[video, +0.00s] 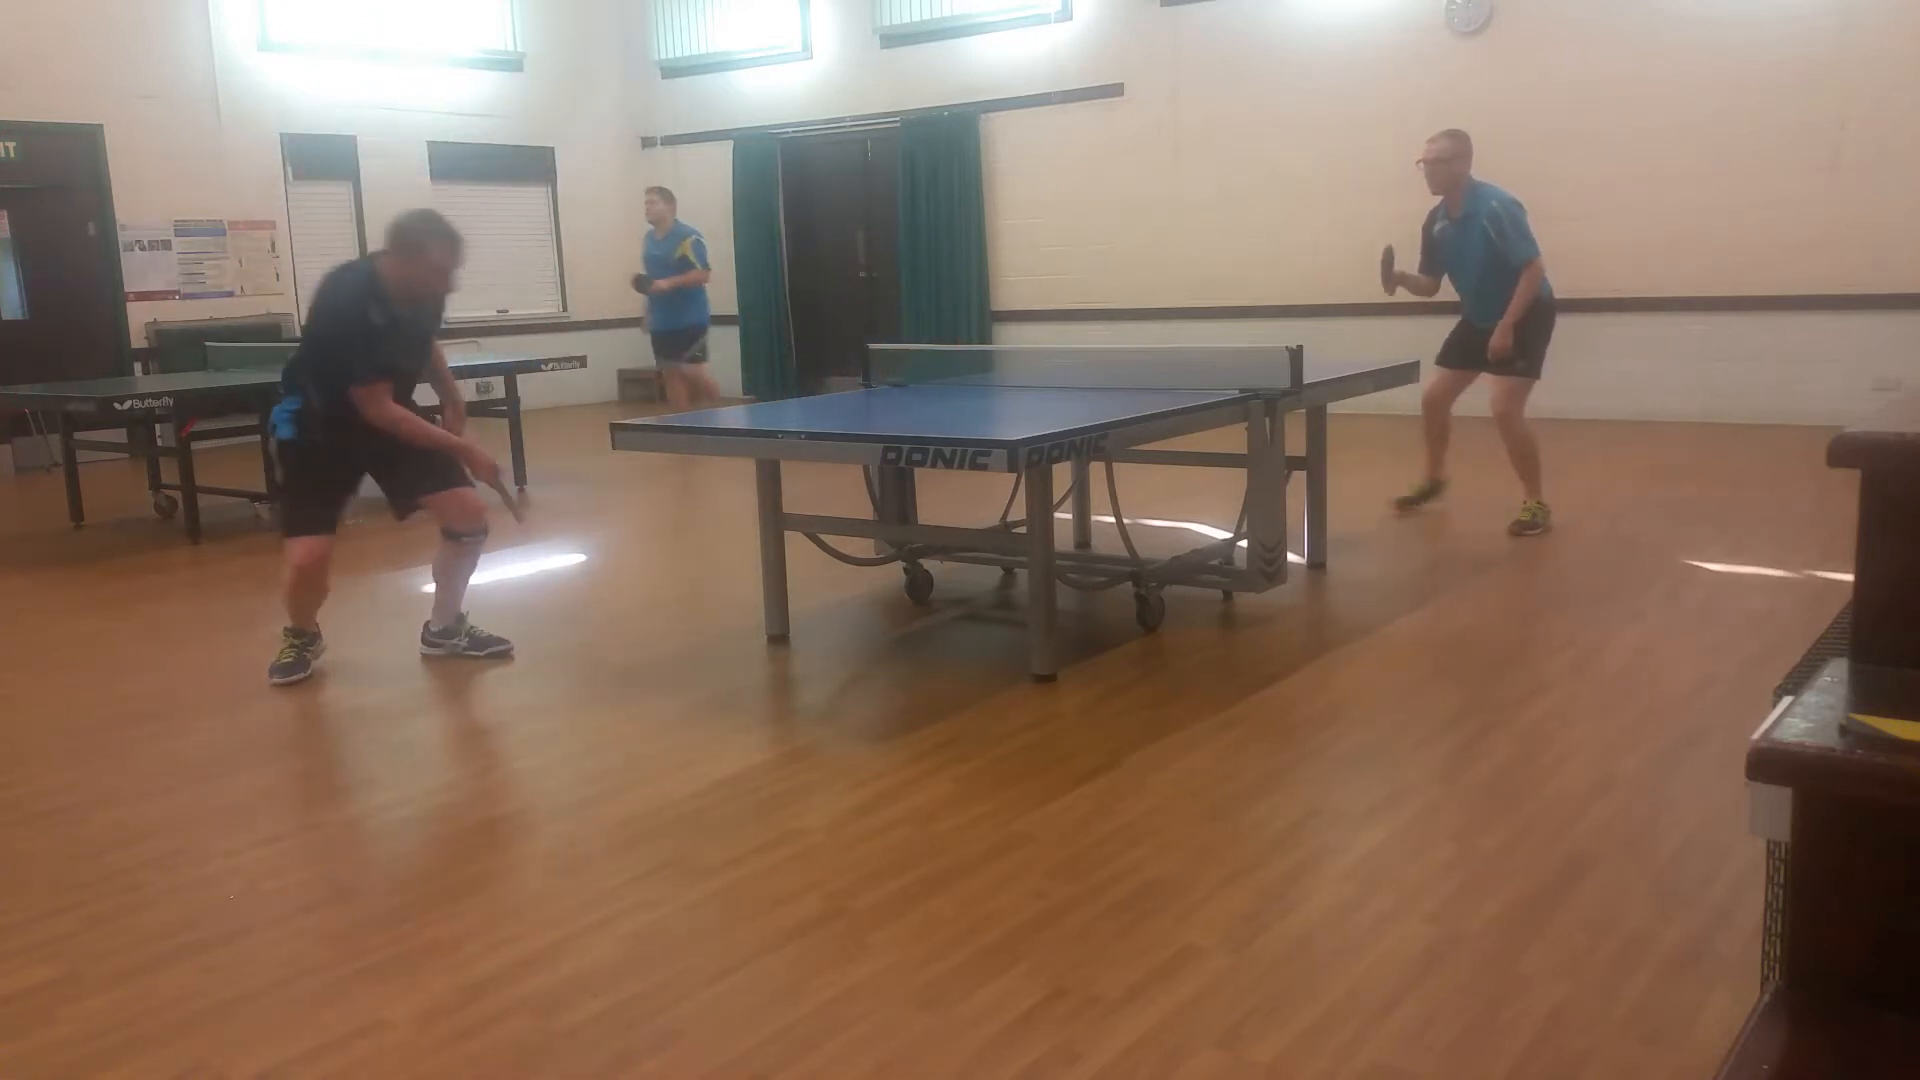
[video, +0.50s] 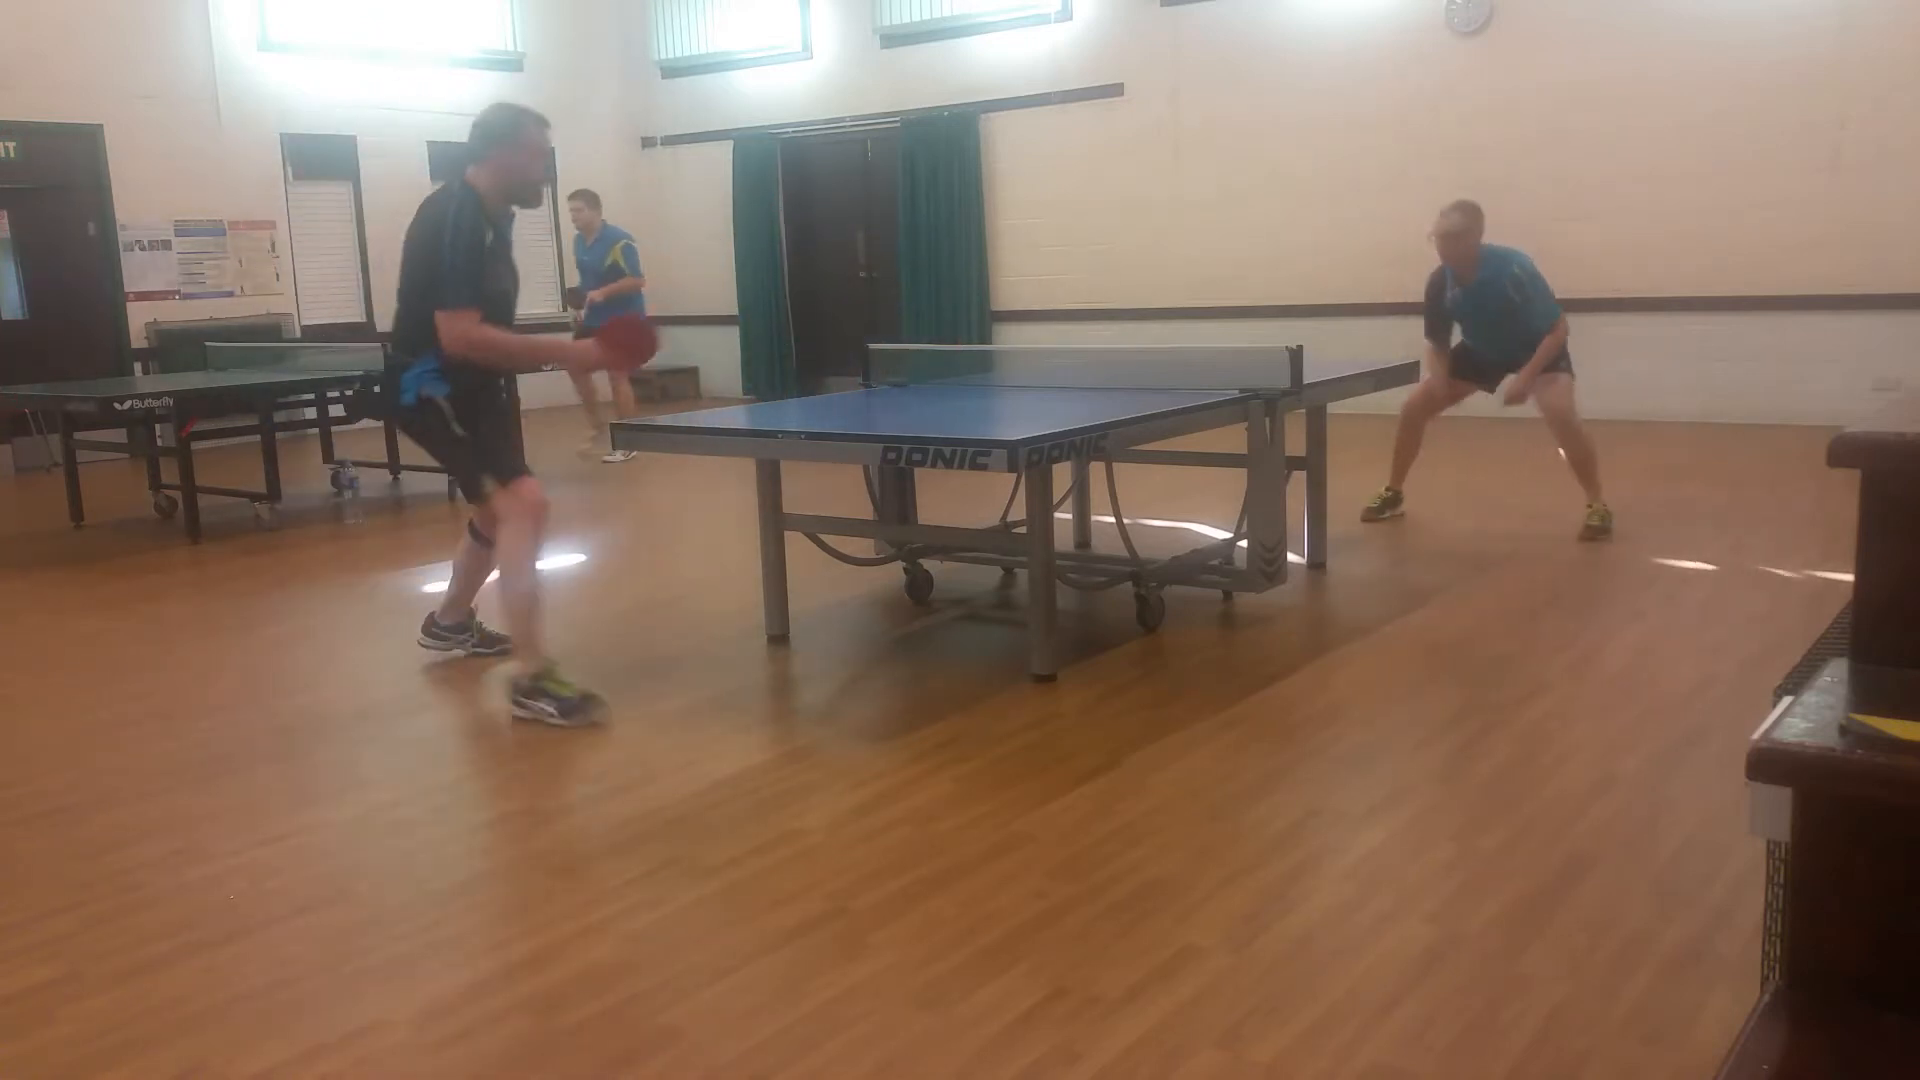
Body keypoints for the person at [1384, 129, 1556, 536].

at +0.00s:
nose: (1426, 171)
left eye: (1435, 163)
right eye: (1424, 163)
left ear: (1462, 164)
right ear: (1426, 167)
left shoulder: (1498, 206)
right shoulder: (1436, 221)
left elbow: (1534, 271)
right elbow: (1428, 286)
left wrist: (1506, 326)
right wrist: (1398, 277)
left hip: (1527, 315)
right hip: (1481, 317)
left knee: (1506, 409)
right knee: (1434, 399)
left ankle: (1535, 503)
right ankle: (1434, 481)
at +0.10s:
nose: (1421, 177)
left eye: (1430, 169)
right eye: (1419, 170)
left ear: (1457, 170)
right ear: (1421, 173)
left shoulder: (1494, 212)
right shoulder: (1428, 226)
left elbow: (1531, 276)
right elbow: (1422, 290)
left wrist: (1501, 330)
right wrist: (1394, 293)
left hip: (1522, 317)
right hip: (1474, 320)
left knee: (1506, 410)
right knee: (1435, 406)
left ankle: (1535, 503)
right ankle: (1401, 493)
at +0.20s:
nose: (1417, 190)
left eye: (1426, 182)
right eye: (1416, 182)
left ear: (1454, 184)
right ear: (1417, 186)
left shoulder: (1494, 224)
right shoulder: (1419, 238)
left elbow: (1530, 289)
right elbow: (1411, 296)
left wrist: (1498, 338)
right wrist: (1389, 309)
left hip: (1517, 320)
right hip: (1467, 324)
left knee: (1518, 407)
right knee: (1422, 409)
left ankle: (1546, 500)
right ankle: (1397, 494)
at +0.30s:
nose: (1422, 203)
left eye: (1431, 196)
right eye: (1420, 195)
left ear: (1456, 198)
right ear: (1419, 198)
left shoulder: (1499, 236)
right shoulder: (1423, 248)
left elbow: (1535, 298)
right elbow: (1408, 304)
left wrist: (1501, 348)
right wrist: (1390, 324)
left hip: (1520, 327)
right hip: (1468, 331)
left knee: (1531, 409)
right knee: (1419, 408)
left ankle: (1577, 500)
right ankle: (1395, 493)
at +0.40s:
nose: (1430, 223)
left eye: (1438, 216)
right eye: (1428, 216)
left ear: (1464, 219)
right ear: (1427, 217)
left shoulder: (1506, 254)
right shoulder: (1431, 266)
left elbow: (1545, 317)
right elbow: (1423, 326)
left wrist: (1508, 364)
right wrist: (1404, 346)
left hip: (1531, 338)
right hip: (1478, 341)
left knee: (1548, 416)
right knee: (1418, 404)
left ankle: (1592, 505)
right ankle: (1393, 493)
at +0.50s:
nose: (1439, 246)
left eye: (1448, 238)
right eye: (1437, 238)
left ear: (1472, 240)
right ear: (1434, 239)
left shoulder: (1515, 268)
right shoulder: (1440, 284)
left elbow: (1558, 330)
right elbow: (1437, 342)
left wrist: (1525, 378)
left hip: (1537, 351)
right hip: (1482, 354)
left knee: (1559, 414)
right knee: (1415, 406)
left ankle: (1596, 504)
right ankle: (1393, 492)